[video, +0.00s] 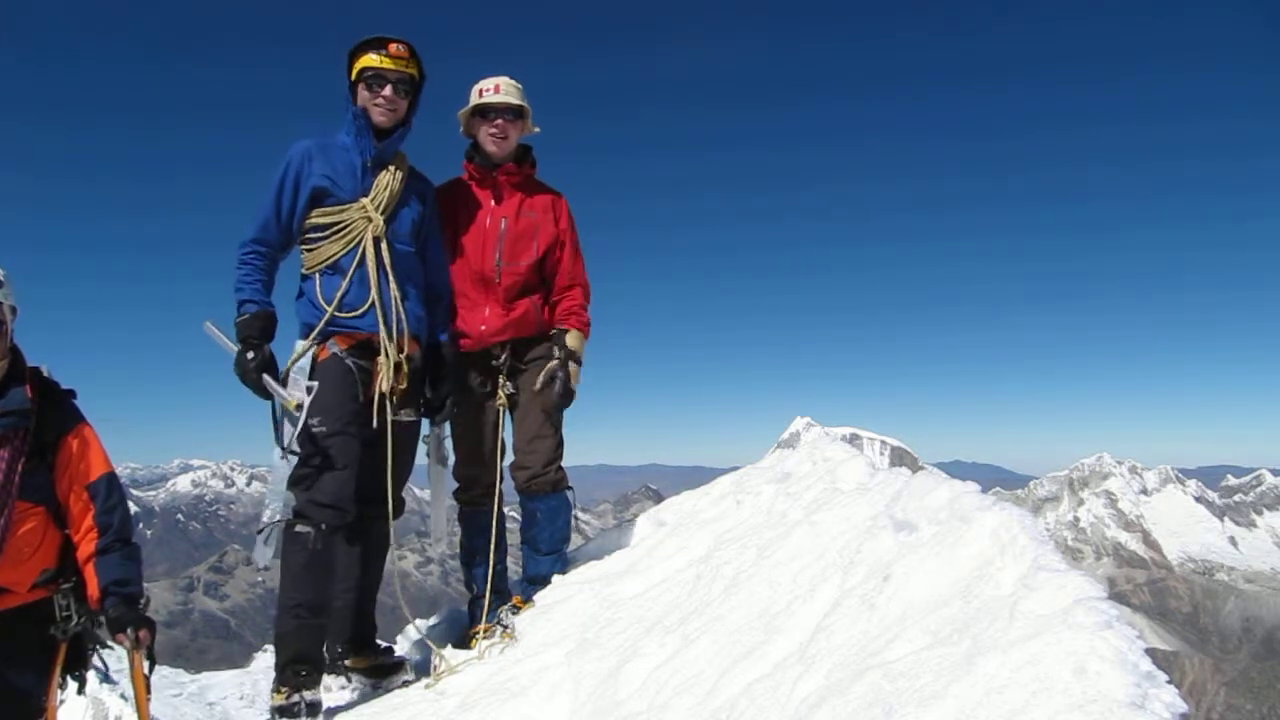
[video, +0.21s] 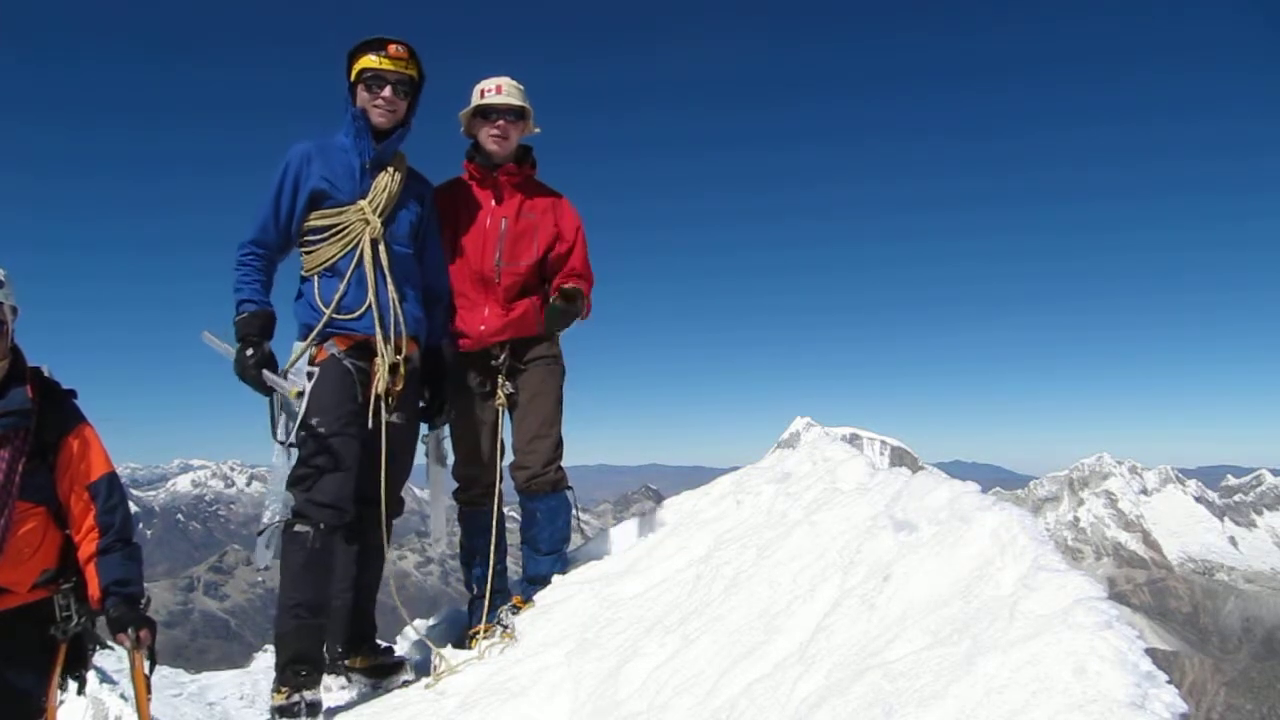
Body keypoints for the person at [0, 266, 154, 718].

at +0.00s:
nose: (1, 328)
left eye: (1, 316)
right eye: (1, 316)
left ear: (10, 319)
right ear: (7, 320)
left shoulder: (45, 409)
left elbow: (97, 507)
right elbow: (98, 507)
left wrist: (118, 596)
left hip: (24, 620)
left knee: (20, 704)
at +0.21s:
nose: (2, 328)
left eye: (2, 317)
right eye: (2, 316)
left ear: (11, 321)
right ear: (8, 321)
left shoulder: (46, 409)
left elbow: (98, 508)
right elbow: (99, 508)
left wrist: (119, 597)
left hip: (24, 619)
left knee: (20, 705)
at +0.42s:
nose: (1, 329)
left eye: (2, 317)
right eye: (1, 317)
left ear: (11, 320)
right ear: (7, 321)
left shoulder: (46, 409)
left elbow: (98, 507)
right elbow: (99, 507)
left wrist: (119, 596)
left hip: (24, 619)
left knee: (20, 705)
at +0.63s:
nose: (1, 329)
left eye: (3, 317)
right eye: (2, 317)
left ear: (12, 321)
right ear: (8, 321)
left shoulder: (47, 409)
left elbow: (99, 507)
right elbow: (100, 507)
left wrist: (119, 596)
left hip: (25, 618)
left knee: (20, 704)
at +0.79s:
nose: (1, 330)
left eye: (3, 317)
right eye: (2, 317)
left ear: (12, 321)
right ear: (9, 321)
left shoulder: (47, 410)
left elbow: (99, 509)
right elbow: (100, 509)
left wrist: (120, 597)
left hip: (25, 618)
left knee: (20, 704)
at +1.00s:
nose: (1, 333)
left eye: (2, 319)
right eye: (2, 319)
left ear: (12, 322)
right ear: (8, 322)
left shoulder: (47, 410)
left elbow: (99, 508)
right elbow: (100, 508)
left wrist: (120, 596)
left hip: (25, 619)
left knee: (20, 705)